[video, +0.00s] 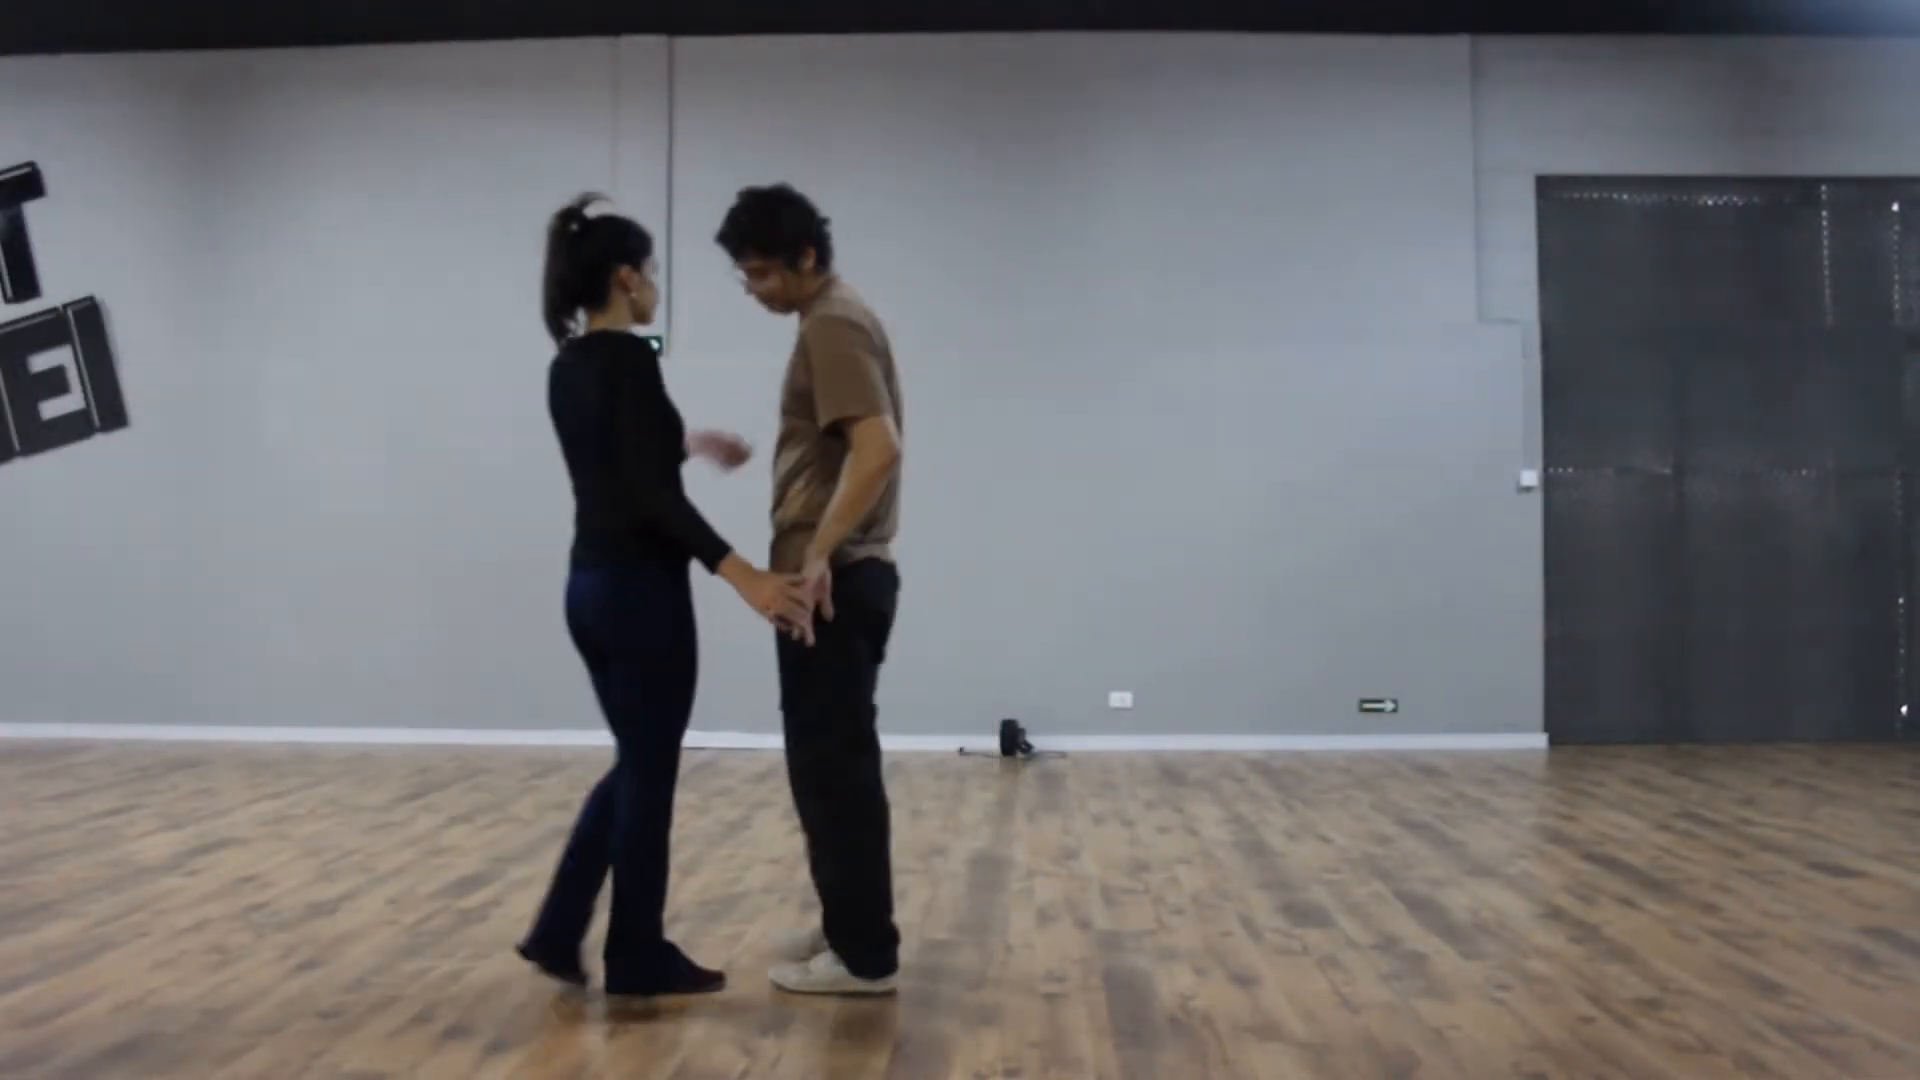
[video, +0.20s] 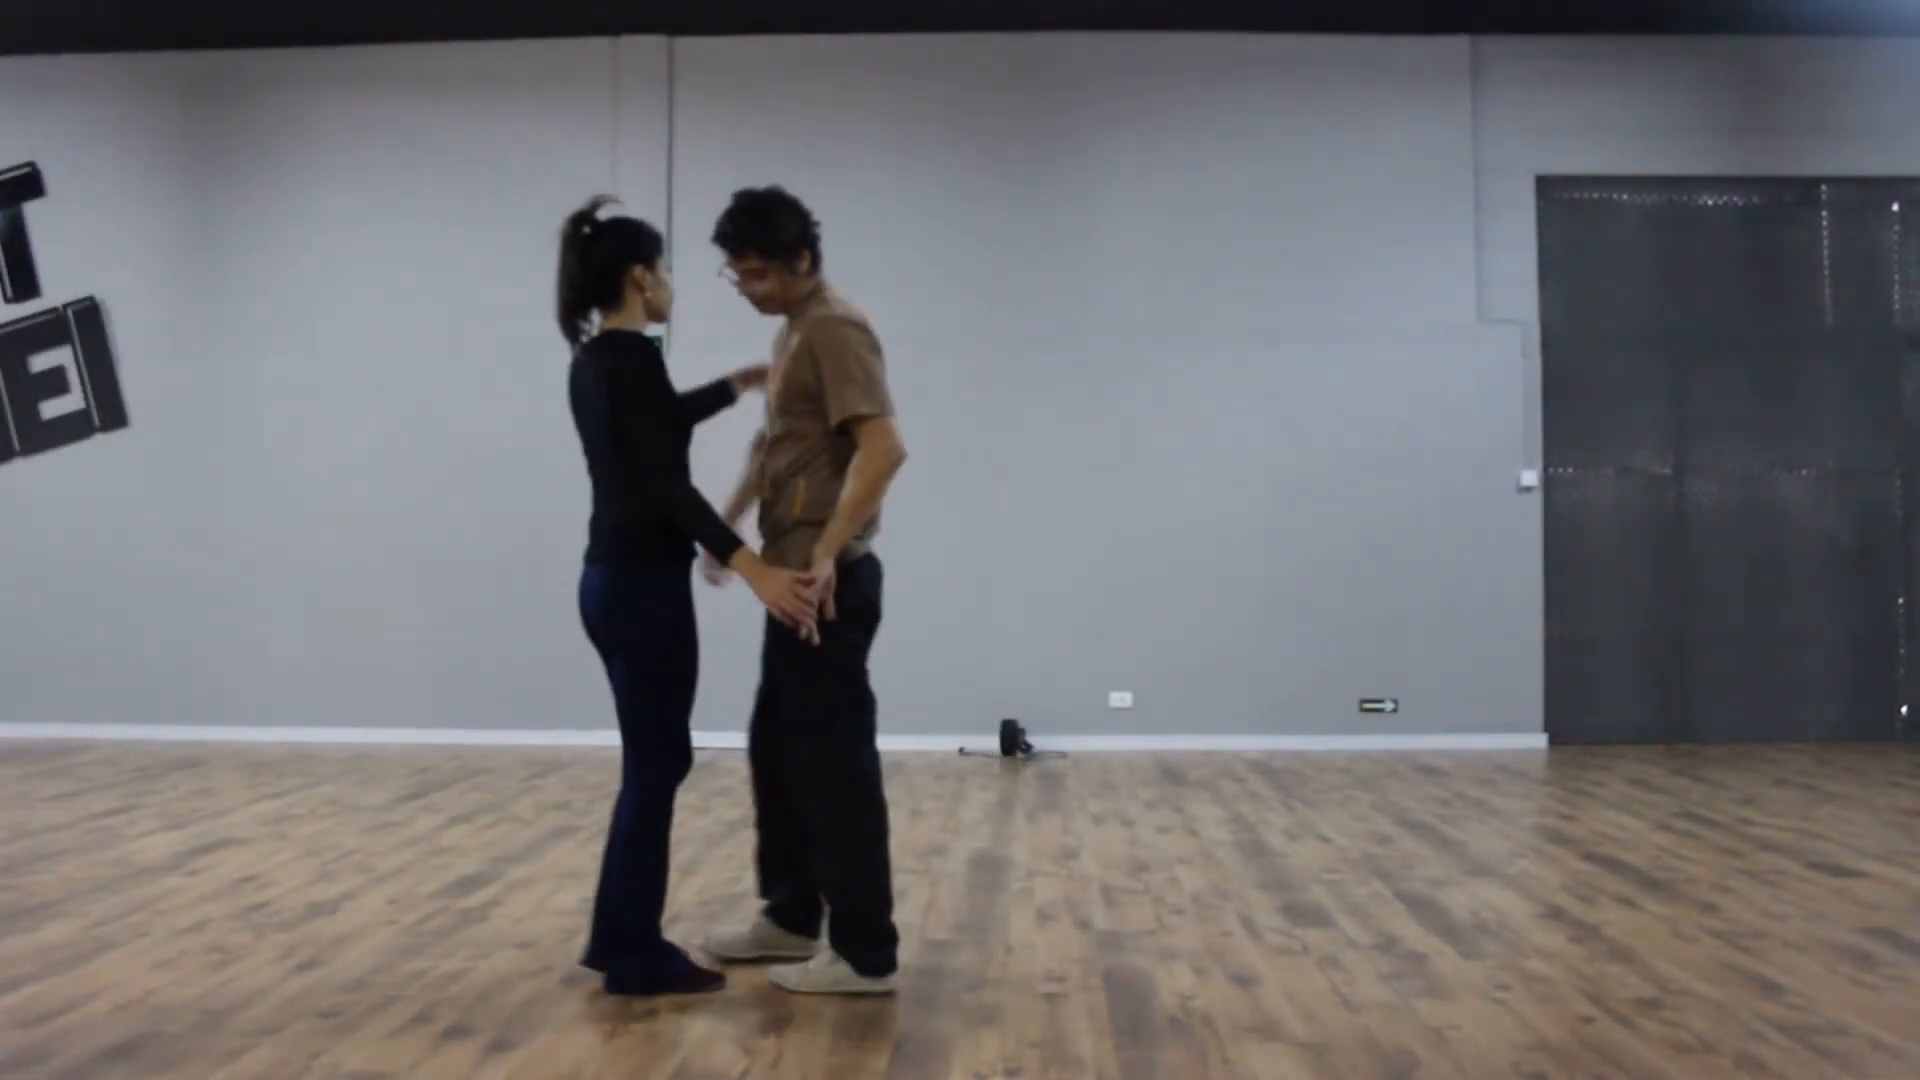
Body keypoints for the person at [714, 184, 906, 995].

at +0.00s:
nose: (750, 289)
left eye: (757, 273)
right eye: (745, 275)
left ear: (803, 259)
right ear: (797, 261)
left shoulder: (836, 327)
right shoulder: (831, 320)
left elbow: (876, 446)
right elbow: (860, 447)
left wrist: (818, 551)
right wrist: (805, 547)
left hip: (838, 579)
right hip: (832, 577)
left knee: (832, 764)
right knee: (829, 760)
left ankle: (864, 952)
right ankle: (848, 925)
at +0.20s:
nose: (742, 289)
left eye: (752, 274)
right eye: (736, 275)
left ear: (799, 262)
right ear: (763, 265)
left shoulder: (835, 331)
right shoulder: (798, 333)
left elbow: (882, 448)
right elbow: (776, 443)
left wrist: (825, 552)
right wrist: (727, 530)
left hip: (833, 577)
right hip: (796, 574)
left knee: (834, 758)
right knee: (777, 747)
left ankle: (865, 954)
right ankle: (791, 922)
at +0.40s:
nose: (733, 289)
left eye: (745, 275)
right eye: (727, 276)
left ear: (789, 263)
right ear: (731, 268)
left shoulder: (828, 331)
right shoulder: (759, 339)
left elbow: (880, 443)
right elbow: (729, 418)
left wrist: (827, 547)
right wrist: (679, 471)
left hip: (815, 578)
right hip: (765, 573)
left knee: (822, 756)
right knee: (754, 749)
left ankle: (864, 947)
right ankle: (775, 921)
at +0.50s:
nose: (732, 280)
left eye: (746, 266)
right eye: (721, 267)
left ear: (785, 260)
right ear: (711, 264)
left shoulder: (820, 327)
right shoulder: (734, 344)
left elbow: (873, 436)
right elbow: (670, 426)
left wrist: (826, 532)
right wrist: (590, 486)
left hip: (802, 572)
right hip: (749, 569)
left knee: (808, 751)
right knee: (749, 748)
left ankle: (862, 945)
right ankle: (778, 923)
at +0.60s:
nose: (725, 276)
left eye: (739, 261)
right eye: (714, 264)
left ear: (776, 259)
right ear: (705, 266)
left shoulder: (813, 327)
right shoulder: (718, 350)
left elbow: (865, 433)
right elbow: (652, 430)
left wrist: (822, 531)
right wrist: (560, 475)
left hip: (796, 569)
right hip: (740, 568)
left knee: (791, 750)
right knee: (740, 748)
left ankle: (858, 940)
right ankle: (775, 923)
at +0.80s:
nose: (720, 282)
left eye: (733, 267)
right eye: (708, 270)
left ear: (767, 261)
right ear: (696, 270)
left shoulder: (803, 326)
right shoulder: (707, 347)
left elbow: (851, 433)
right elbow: (643, 425)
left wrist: (806, 535)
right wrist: (548, 441)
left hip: (778, 564)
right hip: (728, 562)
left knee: (765, 746)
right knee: (727, 747)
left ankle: (821, 932)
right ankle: (770, 921)